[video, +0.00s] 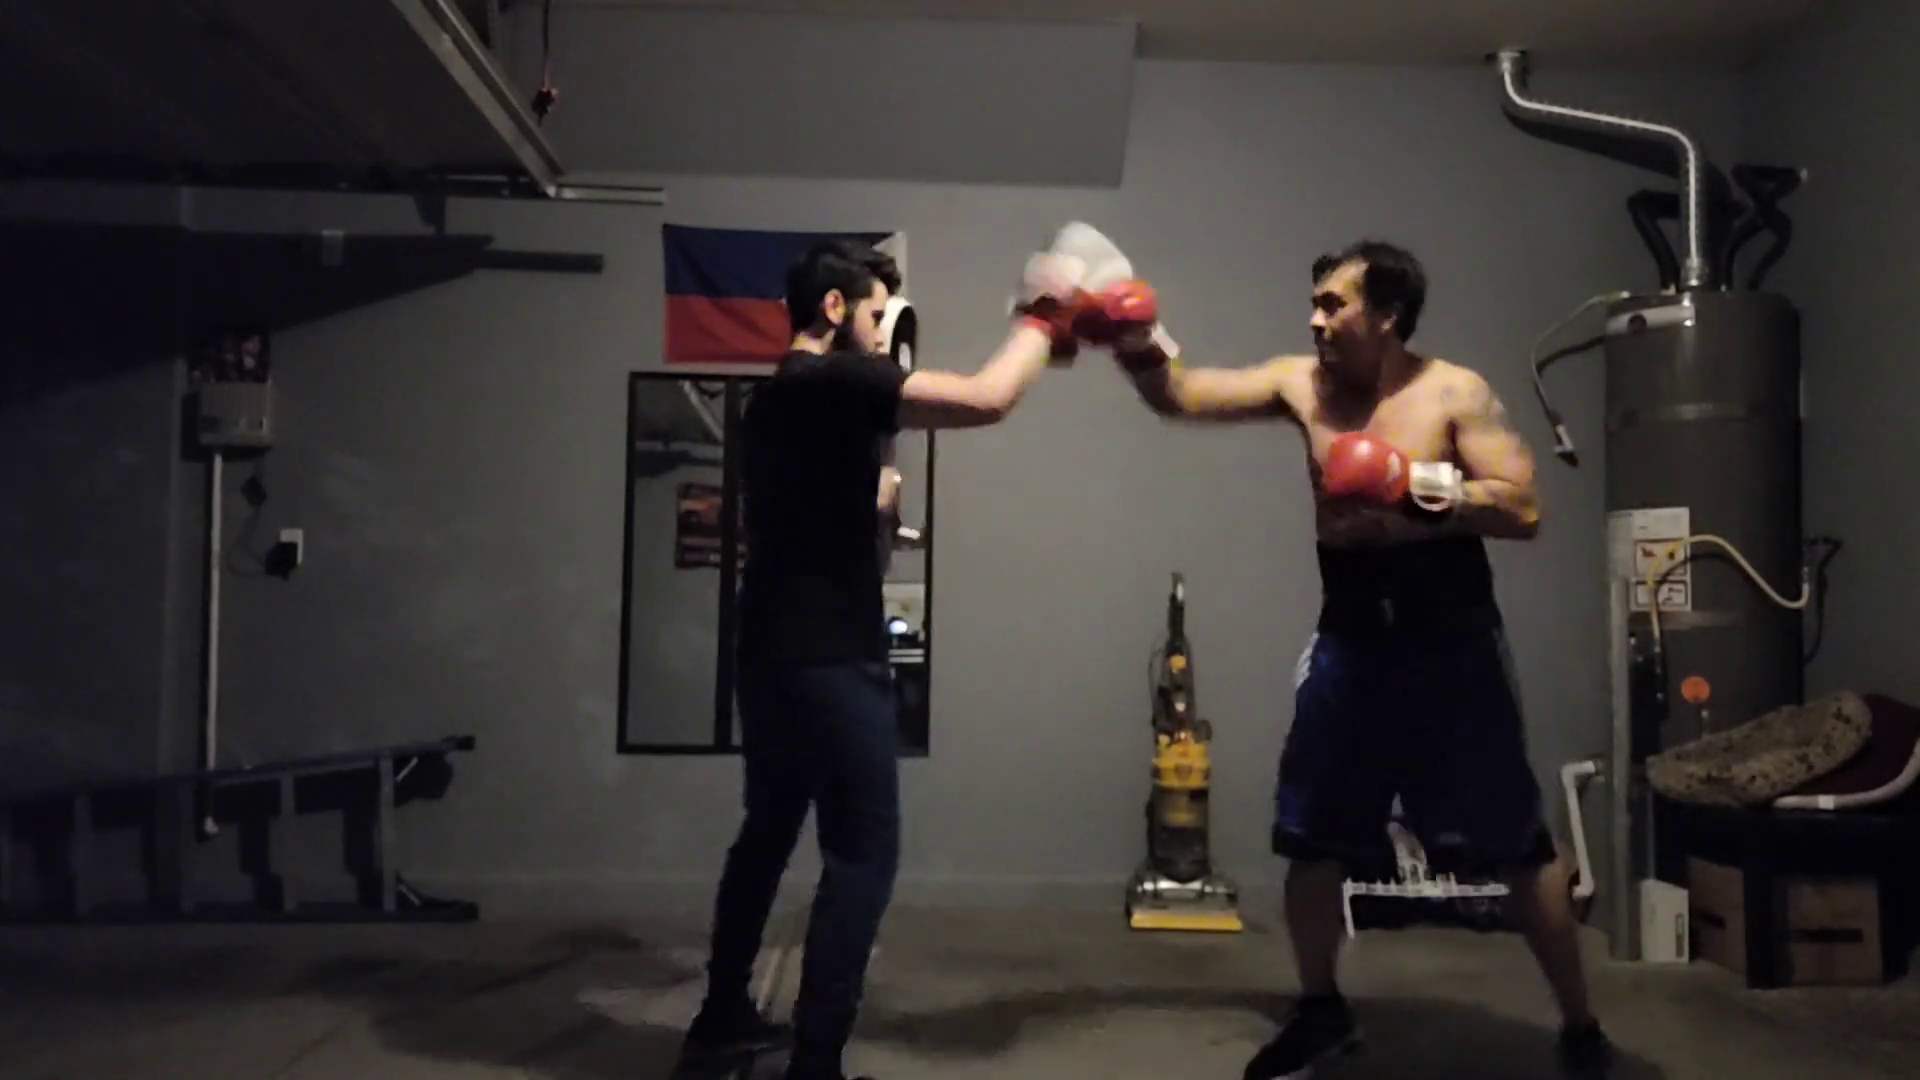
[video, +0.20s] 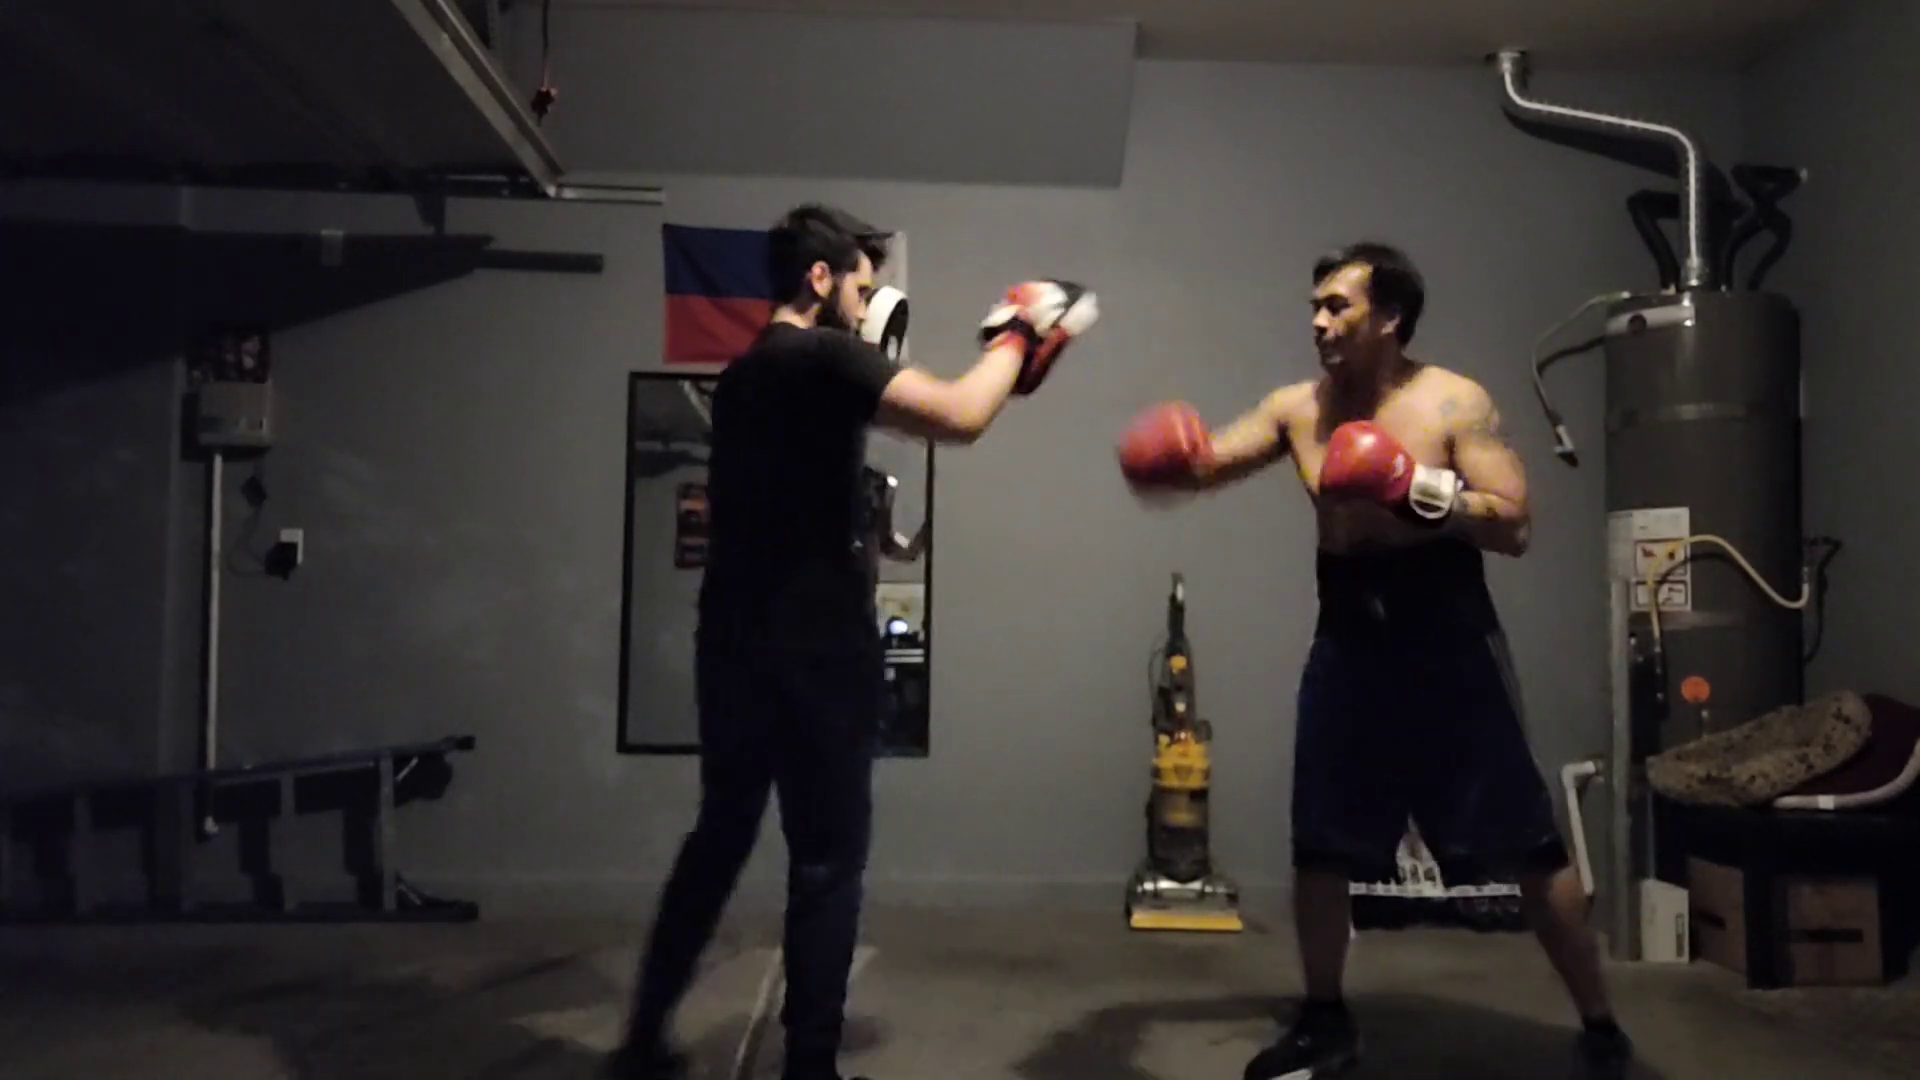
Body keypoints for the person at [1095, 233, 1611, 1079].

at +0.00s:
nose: (1317, 320)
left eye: (1334, 306)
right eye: (1316, 306)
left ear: (1391, 319)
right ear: (1320, 315)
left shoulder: (1457, 392)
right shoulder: (1299, 384)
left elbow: (1520, 509)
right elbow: (1178, 396)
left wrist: (1417, 483)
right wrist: (1134, 339)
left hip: (1453, 657)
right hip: (1348, 656)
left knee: (1517, 850)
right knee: (1311, 841)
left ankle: (1580, 1029)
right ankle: (1319, 1010)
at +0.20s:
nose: (1319, 322)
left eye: (1336, 306)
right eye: (1316, 308)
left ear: (1391, 319)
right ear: (1323, 319)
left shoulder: (1453, 401)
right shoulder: (1296, 409)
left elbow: (1512, 526)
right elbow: (1204, 466)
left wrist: (1412, 484)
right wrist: (1164, 455)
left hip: (1451, 654)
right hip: (1348, 657)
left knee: (1529, 851)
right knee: (1318, 843)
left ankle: (1601, 1033)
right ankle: (1323, 1022)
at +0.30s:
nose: (1337, 320)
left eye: (1355, 304)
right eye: (1335, 306)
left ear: (1409, 316)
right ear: (1340, 319)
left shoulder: (1473, 398)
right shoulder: (1315, 416)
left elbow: (1525, 529)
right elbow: (1241, 498)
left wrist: (1425, 485)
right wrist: (1202, 531)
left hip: (1465, 659)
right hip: (1362, 662)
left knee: (1540, 854)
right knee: (1323, 844)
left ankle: (1601, 1035)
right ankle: (1324, 1021)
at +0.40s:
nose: (1364, 335)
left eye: (1380, 318)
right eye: (1360, 320)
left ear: (1435, 327)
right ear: (1371, 330)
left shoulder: (1504, 406)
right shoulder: (1350, 428)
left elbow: (1539, 537)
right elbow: (1308, 530)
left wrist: (1438, 489)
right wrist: (1258, 573)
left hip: (1486, 659)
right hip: (1385, 660)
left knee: (1545, 854)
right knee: (1324, 841)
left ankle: (1596, 1038)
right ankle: (1324, 1014)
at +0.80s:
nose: (1345, 353)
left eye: (1361, 336)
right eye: (1340, 339)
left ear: (1418, 343)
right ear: (1345, 349)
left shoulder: (1488, 421)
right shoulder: (1327, 436)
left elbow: (1528, 551)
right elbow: (1298, 532)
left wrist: (1423, 504)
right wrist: (1261, 529)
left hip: (1472, 689)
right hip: (1357, 686)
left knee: (1547, 886)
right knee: (1268, 862)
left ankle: (1596, 1053)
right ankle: (1237, 1045)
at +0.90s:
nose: (1311, 343)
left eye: (1327, 327)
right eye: (1305, 328)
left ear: (1382, 335)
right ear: (1302, 338)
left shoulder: (1451, 416)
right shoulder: (1276, 413)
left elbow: (1519, 540)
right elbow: (1176, 476)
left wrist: (1425, 510)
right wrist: (1161, 423)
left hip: (1429, 684)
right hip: (1314, 681)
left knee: (1515, 879)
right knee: (1236, 866)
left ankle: (1590, 1043)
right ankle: (1220, 1044)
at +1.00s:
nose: (1256, 343)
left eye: (1273, 326)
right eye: (1251, 329)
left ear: (1332, 333)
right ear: (1250, 338)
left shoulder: (1399, 406)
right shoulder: (1234, 408)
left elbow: (1480, 520)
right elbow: (1114, 428)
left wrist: (1399, 490)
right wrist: (1071, 365)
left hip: (1401, 676)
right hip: (1290, 677)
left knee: (1492, 872)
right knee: (1215, 868)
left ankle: (1572, 1029)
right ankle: (1200, 1047)